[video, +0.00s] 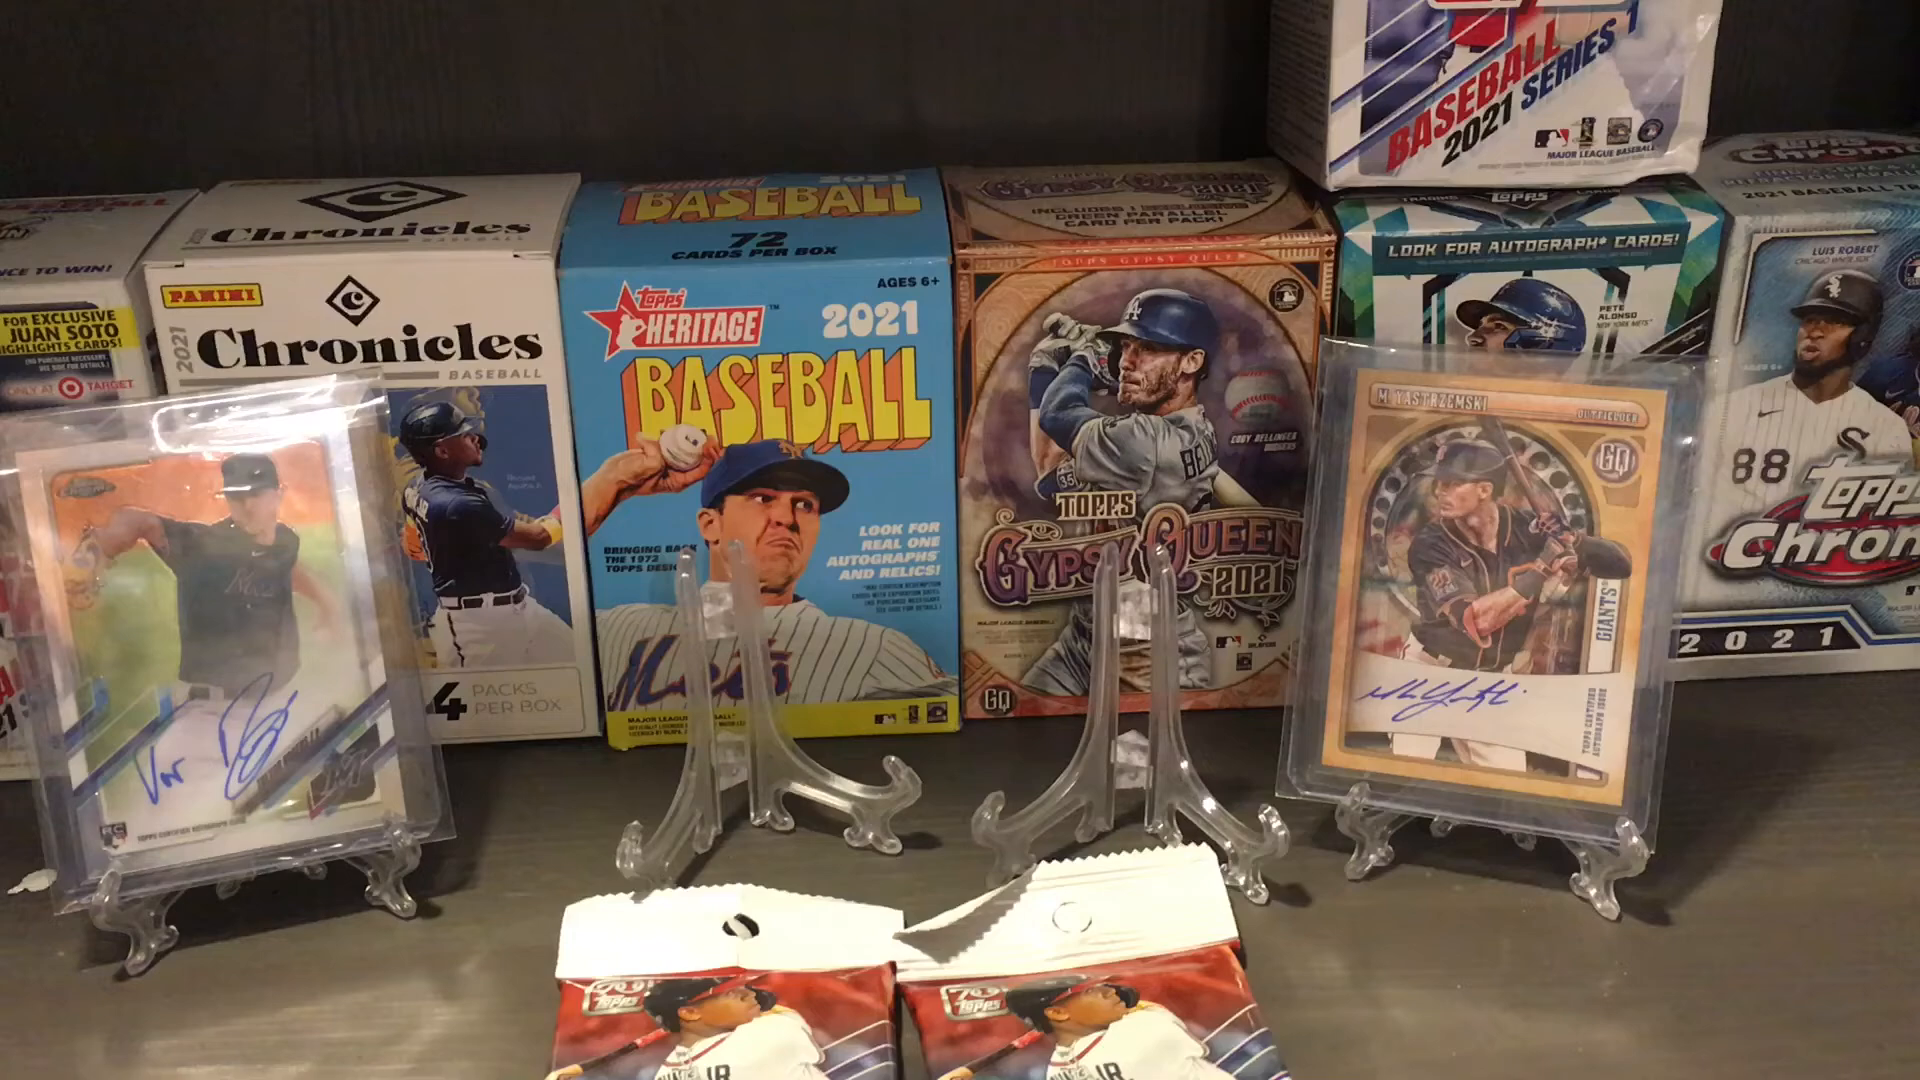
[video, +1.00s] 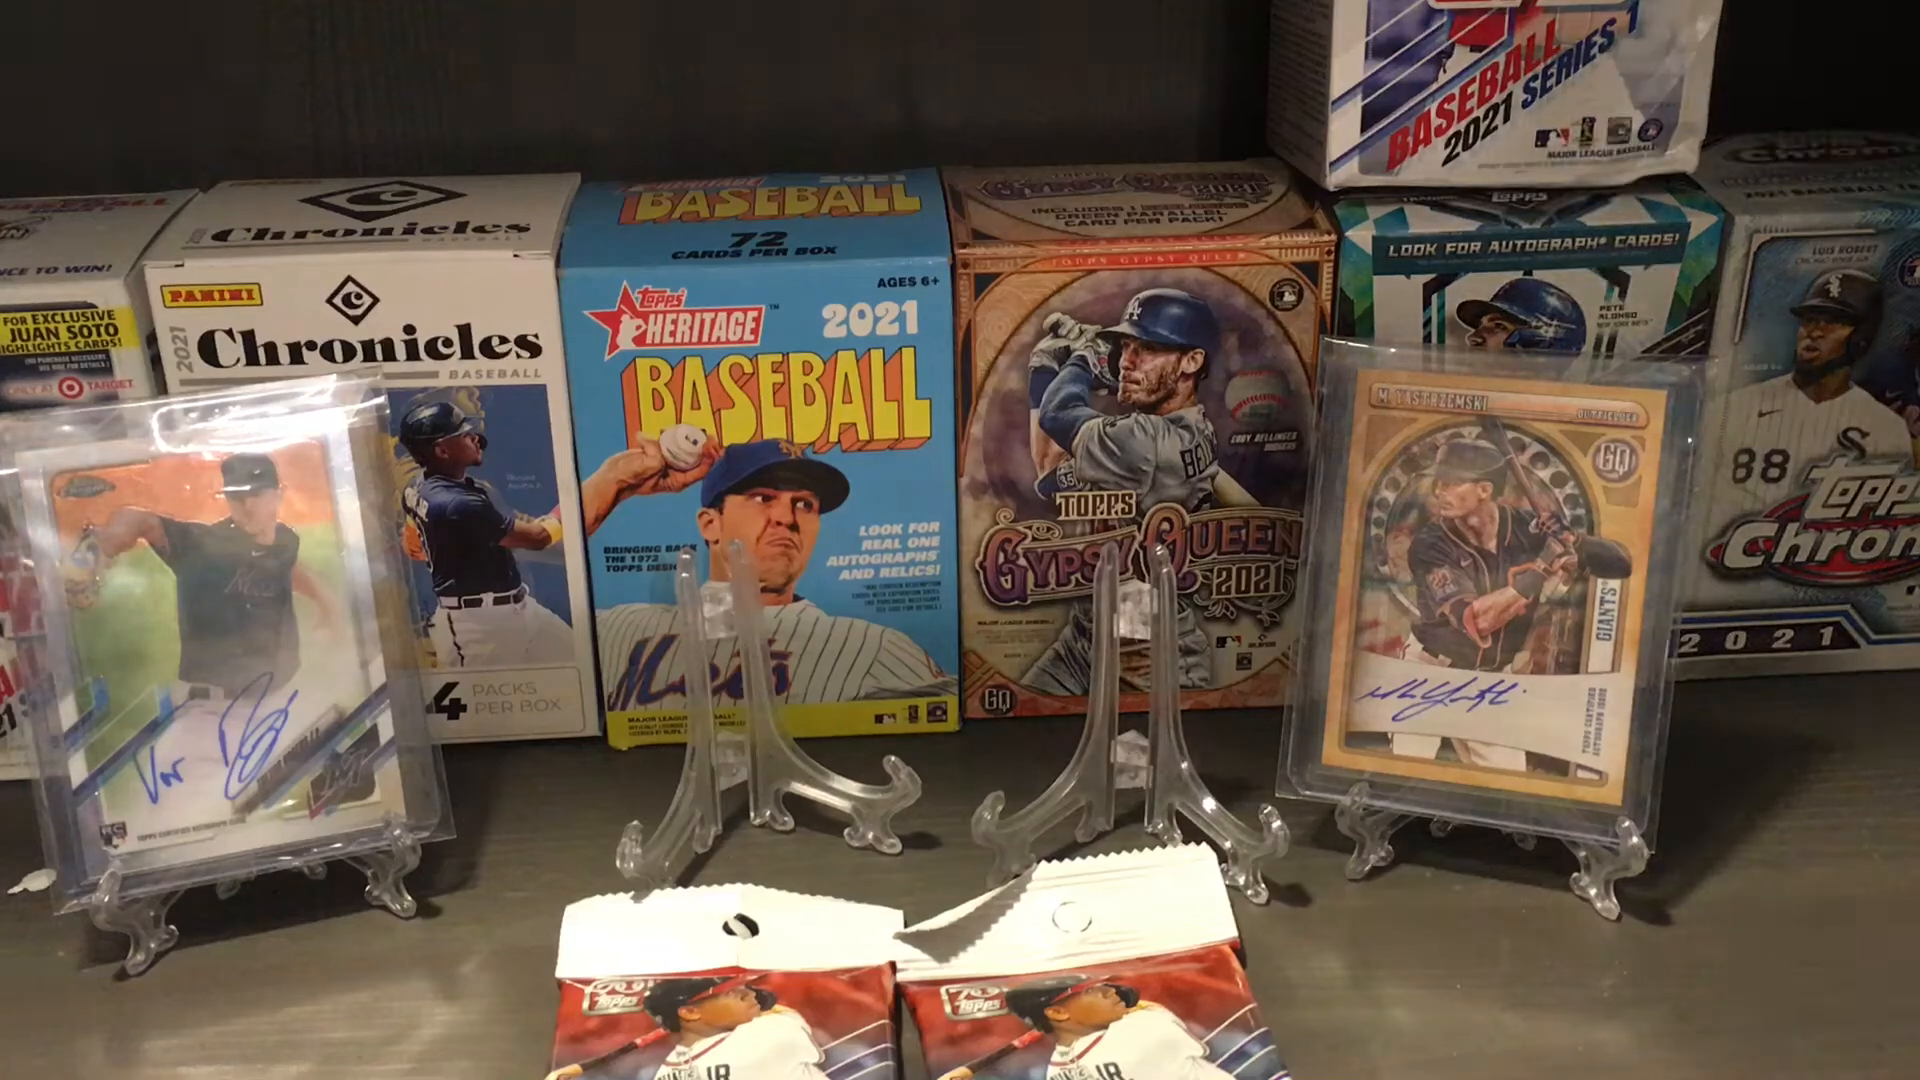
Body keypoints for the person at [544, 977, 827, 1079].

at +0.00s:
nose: (745, 993)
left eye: (735, 986)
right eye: (727, 993)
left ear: (690, 1015)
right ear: (691, 1014)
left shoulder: (665, 1073)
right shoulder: (777, 1035)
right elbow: (781, 1009)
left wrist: (579, 1072)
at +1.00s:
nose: (745, 993)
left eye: (736, 986)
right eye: (727, 993)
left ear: (689, 1014)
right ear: (691, 1014)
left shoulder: (665, 1073)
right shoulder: (777, 1035)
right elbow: (781, 1009)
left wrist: (578, 1072)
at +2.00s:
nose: (744, 993)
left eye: (733, 987)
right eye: (726, 993)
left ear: (690, 1015)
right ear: (692, 1014)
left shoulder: (666, 1071)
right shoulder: (778, 1034)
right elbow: (778, 1007)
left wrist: (577, 1072)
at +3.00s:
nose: (743, 993)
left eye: (733, 987)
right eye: (725, 993)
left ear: (690, 1015)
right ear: (691, 1014)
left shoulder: (667, 1071)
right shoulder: (778, 1034)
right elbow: (780, 1008)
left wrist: (577, 1071)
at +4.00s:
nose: (743, 993)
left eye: (733, 987)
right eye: (725, 993)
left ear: (690, 1015)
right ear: (692, 1014)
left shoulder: (666, 1071)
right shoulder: (778, 1034)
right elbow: (781, 1009)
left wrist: (576, 1072)